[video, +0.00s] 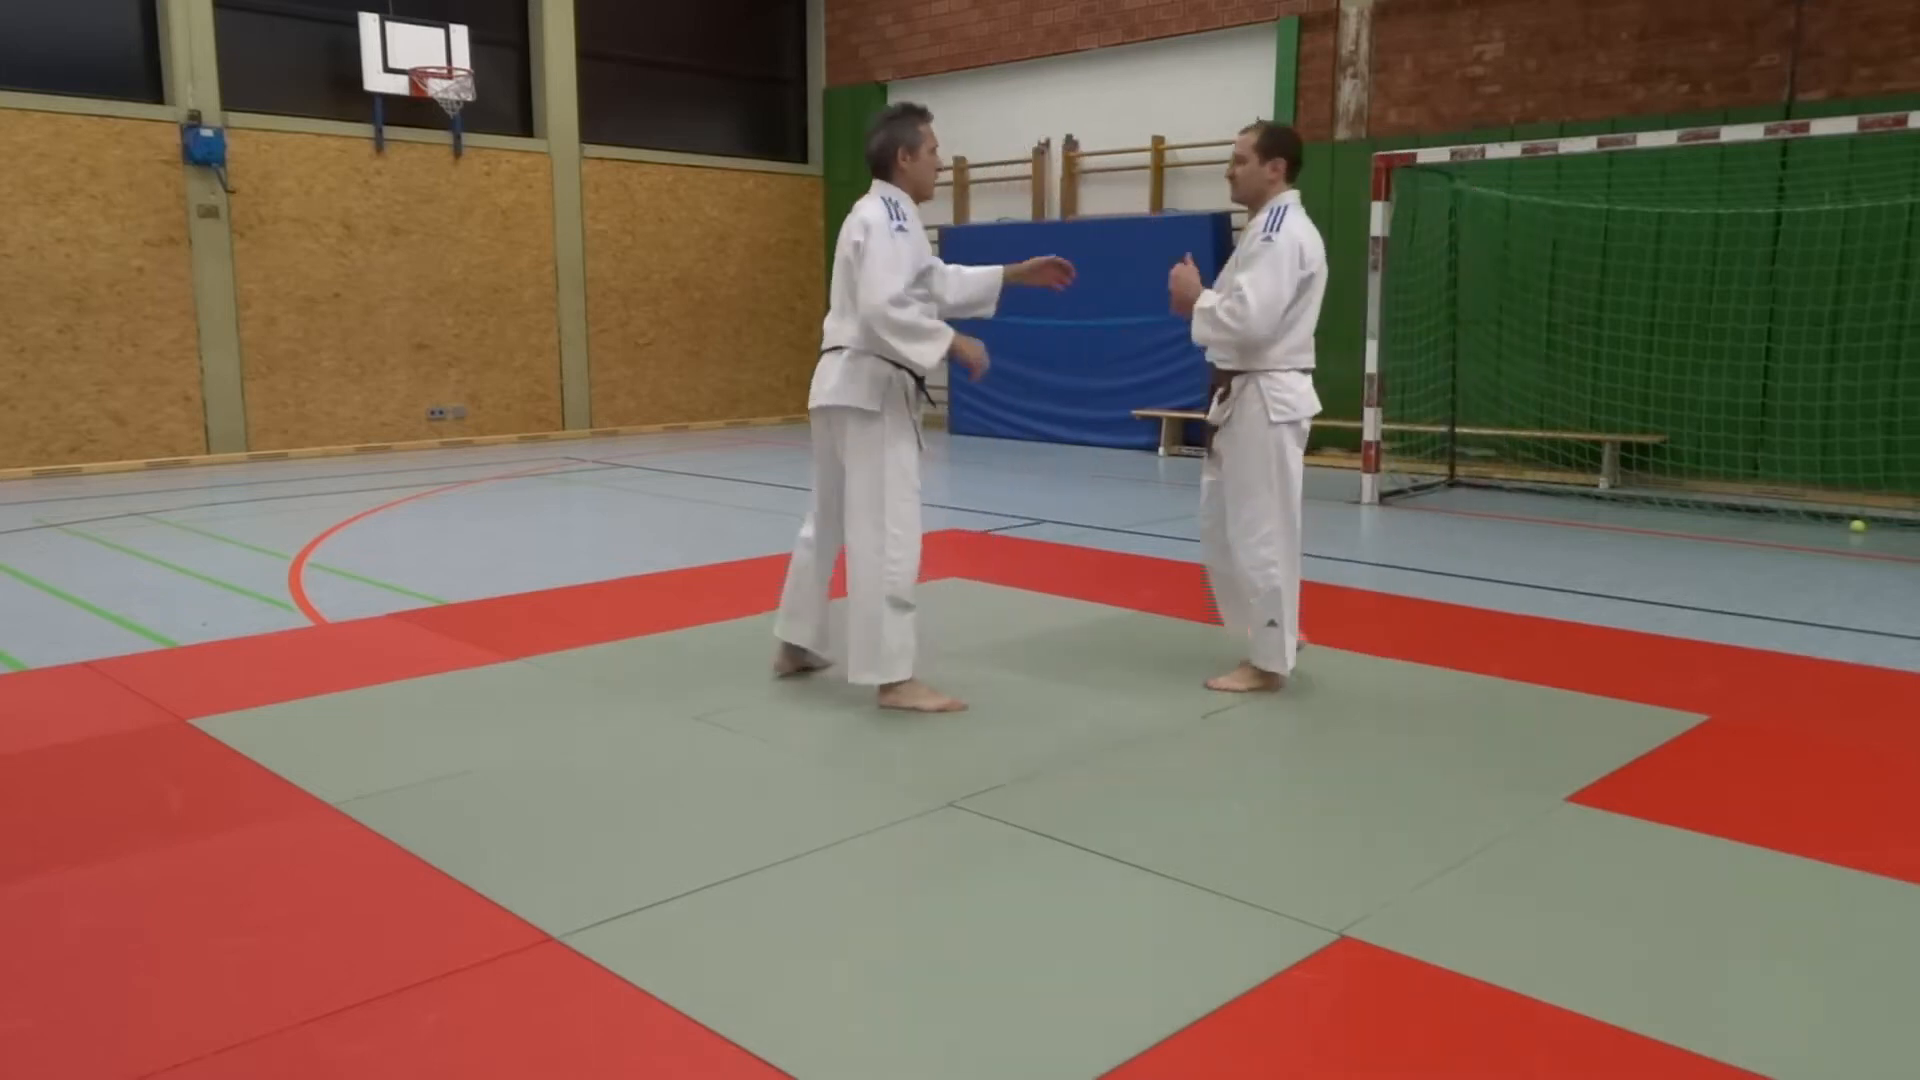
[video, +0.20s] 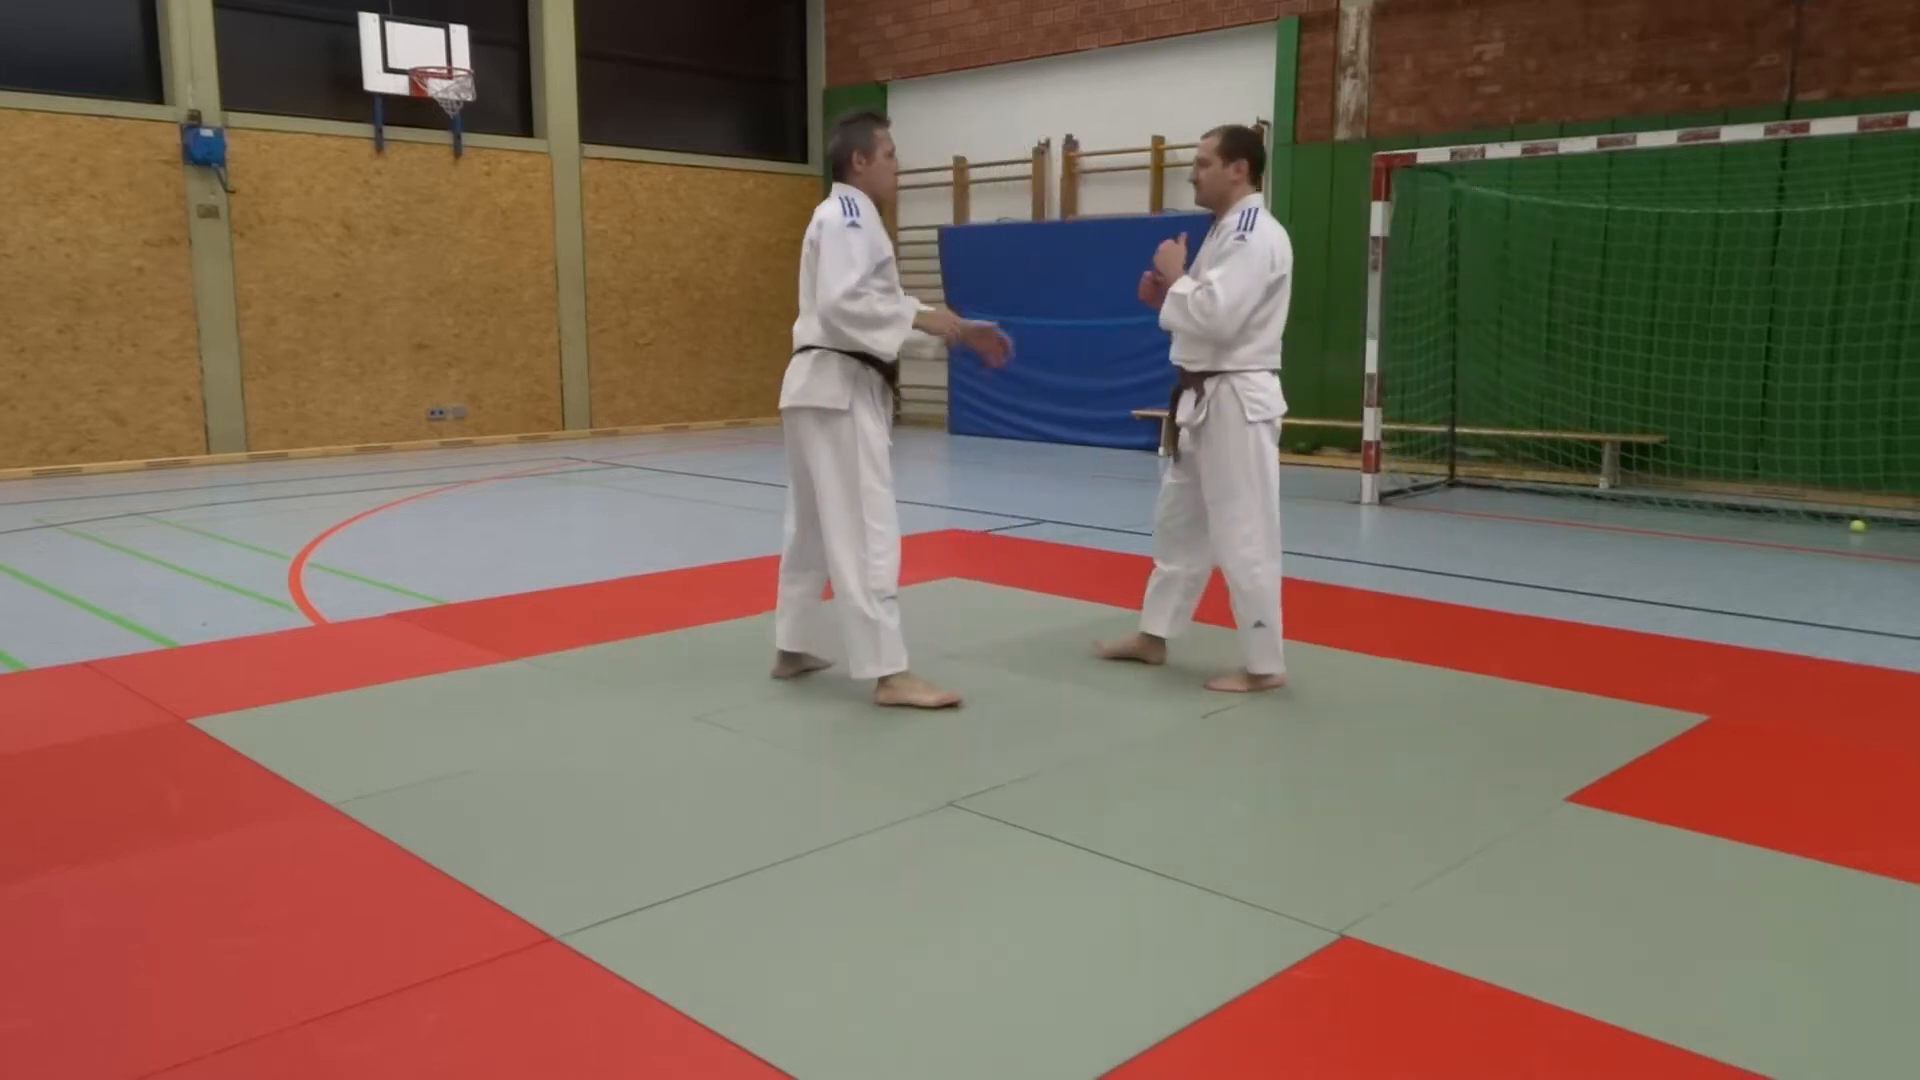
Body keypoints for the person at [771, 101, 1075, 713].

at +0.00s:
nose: (941, 162)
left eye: (937, 150)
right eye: (932, 150)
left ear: (897, 159)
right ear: (904, 157)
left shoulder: (883, 214)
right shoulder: (889, 216)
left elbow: (933, 283)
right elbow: (884, 305)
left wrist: (1015, 274)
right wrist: (953, 342)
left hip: (840, 384)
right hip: (872, 388)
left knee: (829, 520)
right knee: (891, 531)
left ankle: (797, 646)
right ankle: (894, 679)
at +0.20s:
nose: (898, 169)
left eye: (895, 157)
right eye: (891, 157)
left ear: (854, 164)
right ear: (862, 161)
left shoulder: (843, 215)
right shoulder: (848, 215)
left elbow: (886, 305)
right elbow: (844, 300)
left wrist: (960, 335)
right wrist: (926, 319)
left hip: (816, 383)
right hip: (839, 386)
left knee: (811, 519)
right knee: (870, 527)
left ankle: (791, 650)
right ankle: (891, 674)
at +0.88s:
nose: (859, 169)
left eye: (857, 158)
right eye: (851, 158)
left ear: (818, 164)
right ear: (821, 163)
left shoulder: (825, 224)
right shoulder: (801, 223)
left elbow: (866, 290)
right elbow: (800, 293)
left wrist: (939, 294)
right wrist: (881, 286)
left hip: (807, 387)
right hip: (794, 389)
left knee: (790, 520)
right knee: (815, 532)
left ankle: (742, 631)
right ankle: (820, 679)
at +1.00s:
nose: (852, 182)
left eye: (851, 170)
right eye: (843, 170)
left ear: (814, 176)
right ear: (808, 175)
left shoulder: (839, 241)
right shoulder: (774, 232)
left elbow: (905, 279)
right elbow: (728, 301)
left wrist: (982, 292)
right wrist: (801, 307)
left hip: (805, 395)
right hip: (776, 393)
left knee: (762, 525)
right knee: (809, 532)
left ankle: (713, 641)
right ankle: (820, 679)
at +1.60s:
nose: (866, 174)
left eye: (863, 164)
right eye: (857, 164)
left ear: (827, 173)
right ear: (828, 171)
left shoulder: (838, 237)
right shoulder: (806, 229)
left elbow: (883, 300)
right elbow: (805, 278)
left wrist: (953, 312)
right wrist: (875, 253)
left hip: (802, 385)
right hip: (815, 389)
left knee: (786, 516)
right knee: (861, 522)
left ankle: (729, 619)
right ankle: (859, 655)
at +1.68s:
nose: (875, 174)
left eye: (874, 163)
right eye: (868, 163)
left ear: (837, 170)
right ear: (841, 168)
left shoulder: (841, 224)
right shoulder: (824, 221)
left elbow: (886, 292)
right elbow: (859, 272)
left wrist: (957, 298)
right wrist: (913, 228)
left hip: (823, 380)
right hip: (828, 384)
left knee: (828, 513)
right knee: (858, 520)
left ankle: (757, 598)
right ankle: (858, 657)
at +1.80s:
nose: (883, 173)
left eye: (881, 162)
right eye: (876, 162)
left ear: (845, 166)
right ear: (848, 164)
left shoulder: (843, 218)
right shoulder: (831, 218)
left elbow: (896, 296)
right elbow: (905, 252)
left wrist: (960, 279)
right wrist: (961, 223)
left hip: (841, 376)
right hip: (837, 380)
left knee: (852, 505)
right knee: (867, 519)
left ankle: (827, 608)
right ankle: (856, 661)